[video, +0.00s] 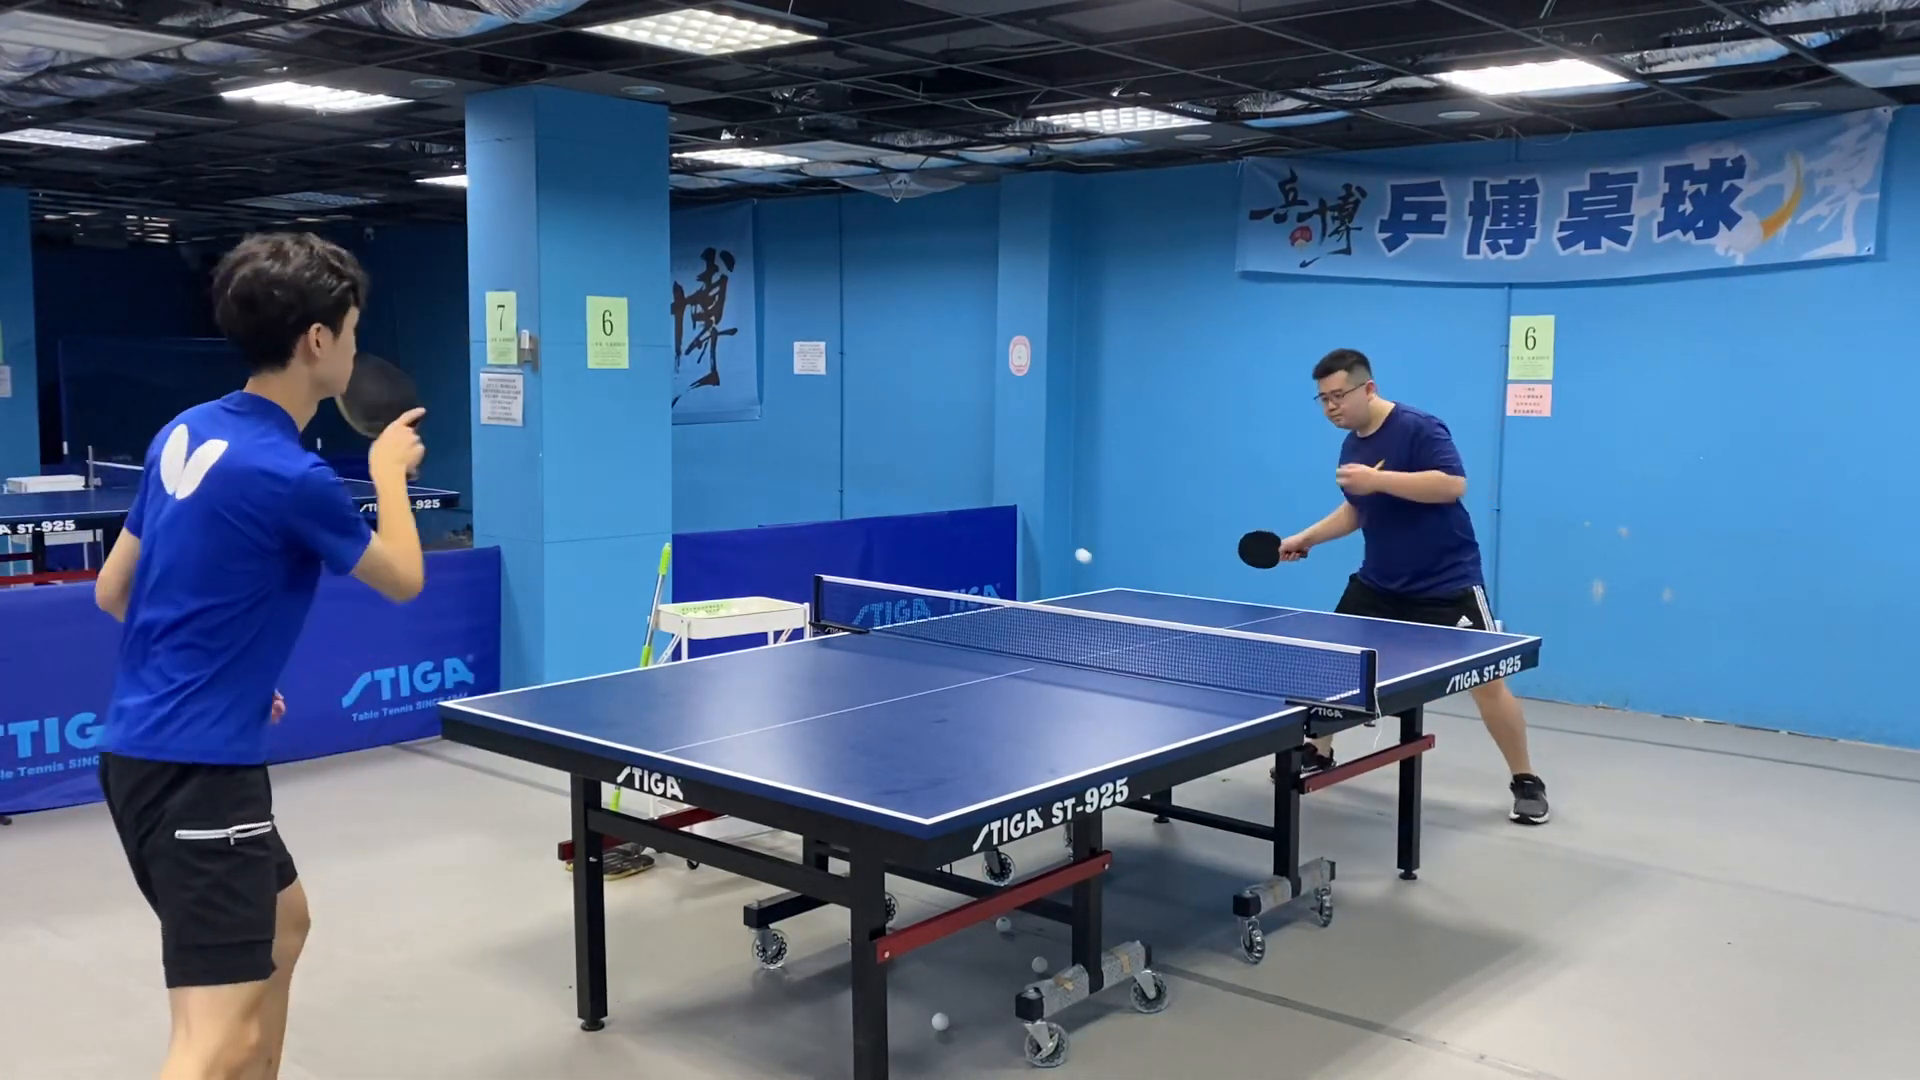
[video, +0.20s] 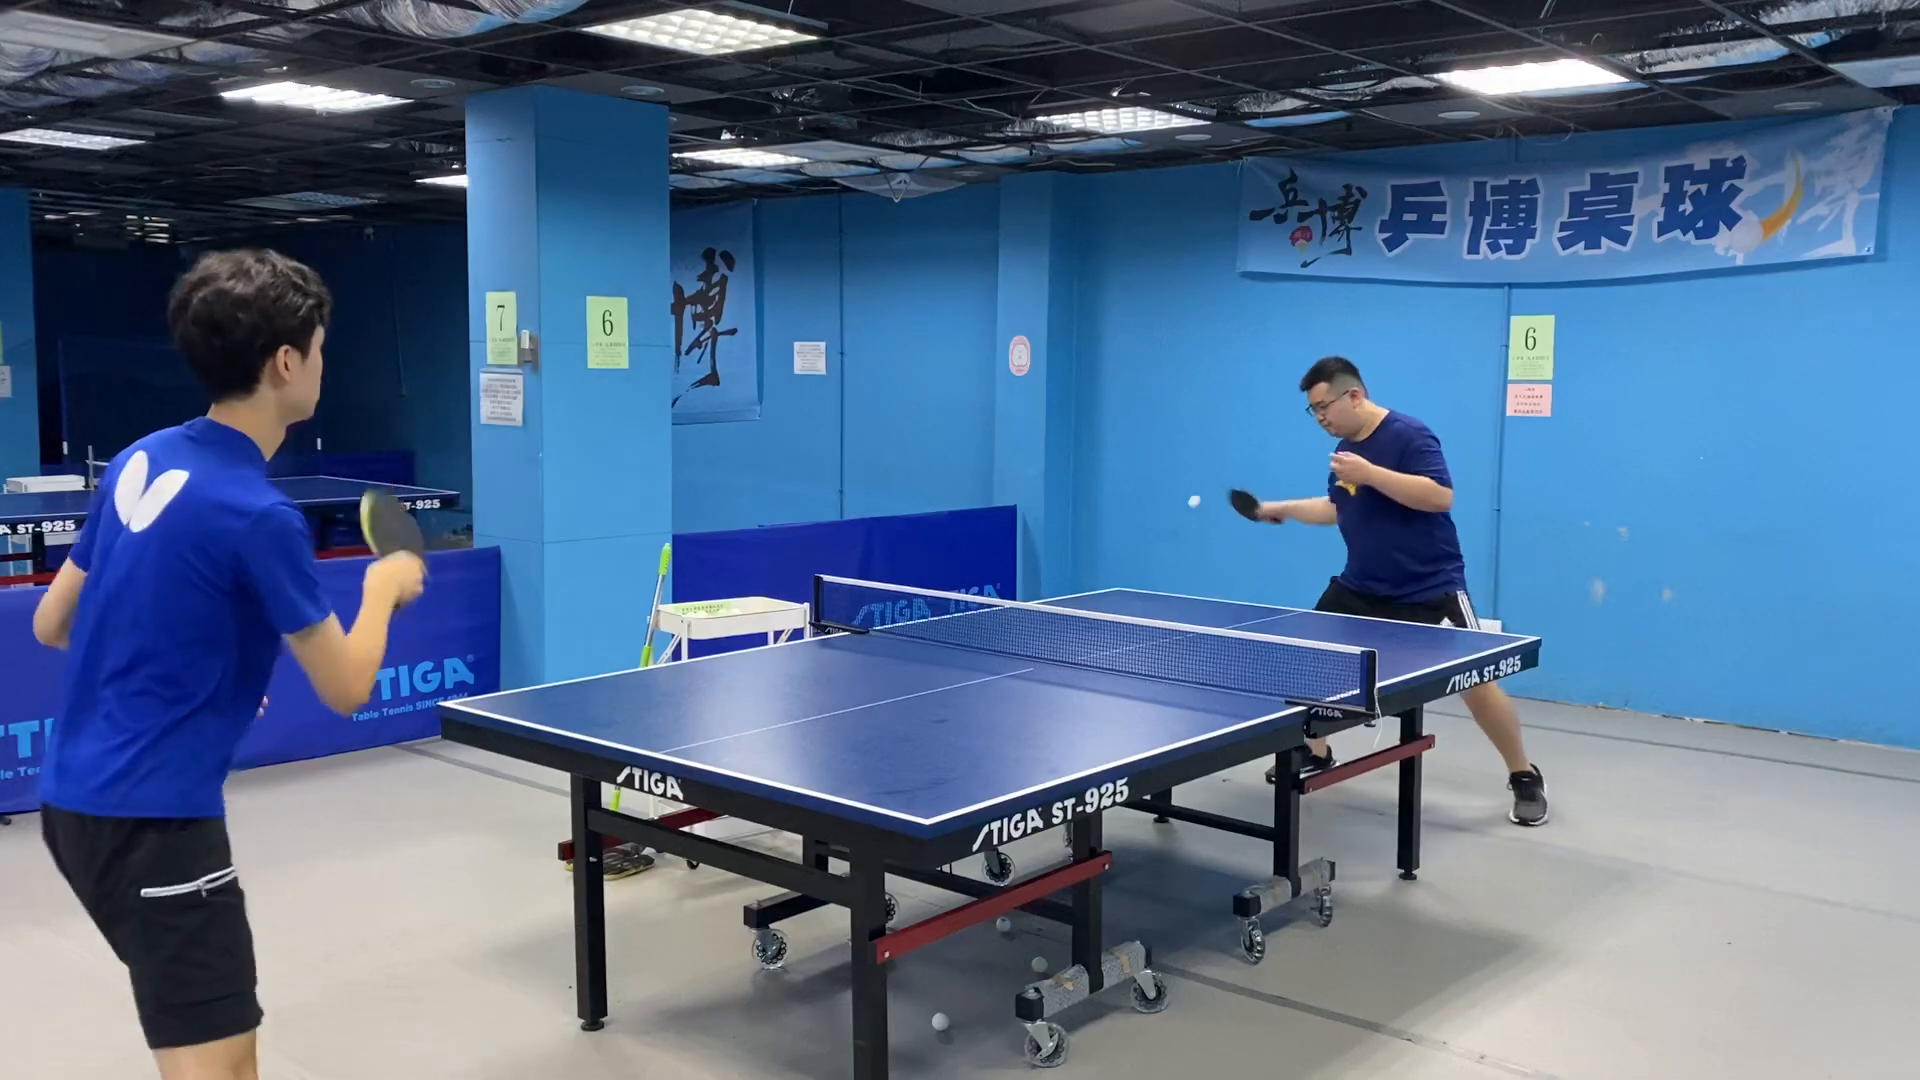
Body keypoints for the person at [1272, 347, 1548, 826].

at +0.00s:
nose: (1329, 408)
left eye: (1337, 396)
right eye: (1323, 400)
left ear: (1369, 389)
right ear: (1324, 401)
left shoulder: (1420, 428)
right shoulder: (1352, 449)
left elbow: (1453, 484)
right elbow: (1357, 512)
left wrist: (1376, 480)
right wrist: (1307, 538)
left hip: (1448, 586)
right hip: (1377, 584)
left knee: (1487, 679)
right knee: (1324, 660)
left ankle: (1525, 780)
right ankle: (1318, 750)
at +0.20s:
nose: (1319, 420)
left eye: (1323, 408)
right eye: (1315, 412)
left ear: (1356, 397)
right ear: (1344, 404)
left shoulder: (1410, 434)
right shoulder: (1342, 452)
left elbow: (1441, 497)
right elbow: (1339, 510)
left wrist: (1370, 474)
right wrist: (1283, 509)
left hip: (1431, 590)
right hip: (1359, 587)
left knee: (1475, 681)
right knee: (1301, 658)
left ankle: (1524, 777)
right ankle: (1315, 750)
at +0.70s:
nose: (1371, 407)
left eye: (1382, 398)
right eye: (1365, 399)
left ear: (1411, 399)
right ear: (1360, 402)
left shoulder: (1455, 449)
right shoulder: (1356, 455)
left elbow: (1495, 510)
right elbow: (1336, 514)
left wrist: (1441, 501)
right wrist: (1310, 512)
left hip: (1450, 599)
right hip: (1370, 596)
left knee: (1496, 678)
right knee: (1316, 664)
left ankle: (1526, 780)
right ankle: (1316, 753)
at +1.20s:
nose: (1339, 419)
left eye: (1344, 407)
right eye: (1334, 411)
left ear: (1376, 398)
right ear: (1368, 404)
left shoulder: (1430, 437)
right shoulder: (1373, 450)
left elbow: (1451, 500)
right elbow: (1385, 509)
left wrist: (1379, 475)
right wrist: (1340, 519)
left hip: (1452, 593)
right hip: (1385, 588)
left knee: (1485, 693)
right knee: (1324, 656)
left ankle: (1525, 781)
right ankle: (1339, 750)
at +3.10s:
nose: (1385, 406)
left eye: (1396, 397)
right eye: (1379, 397)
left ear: (1425, 393)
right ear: (1374, 396)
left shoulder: (1469, 443)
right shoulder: (1371, 439)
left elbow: (1503, 504)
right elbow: (1340, 498)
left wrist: (1448, 515)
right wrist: (1327, 472)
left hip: (1454, 592)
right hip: (1375, 587)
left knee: (1496, 675)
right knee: (1319, 659)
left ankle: (1527, 780)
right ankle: (1313, 745)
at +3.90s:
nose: (1336, 425)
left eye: (1340, 413)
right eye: (1331, 418)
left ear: (1370, 399)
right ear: (1358, 408)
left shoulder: (1421, 435)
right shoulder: (1375, 449)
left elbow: (1440, 493)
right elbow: (1398, 518)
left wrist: (1368, 471)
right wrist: (1361, 547)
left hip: (1441, 591)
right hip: (1380, 587)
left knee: (1466, 686)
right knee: (1324, 659)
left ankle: (1513, 779)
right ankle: (1314, 750)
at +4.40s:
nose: (1415, 391)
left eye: (1425, 381)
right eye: (1409, 382)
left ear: (1456, 378)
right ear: (1405, 383)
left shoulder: (1500, 435)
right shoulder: (1398, 431)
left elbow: (1529, 500)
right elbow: (1365, 492)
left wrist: (1470, 498)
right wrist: (1371, 487)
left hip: (1471, 590)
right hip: (1393, 582)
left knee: (1502, 687)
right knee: (1336, 658)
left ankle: (1528, 783)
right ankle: (1325, 743)